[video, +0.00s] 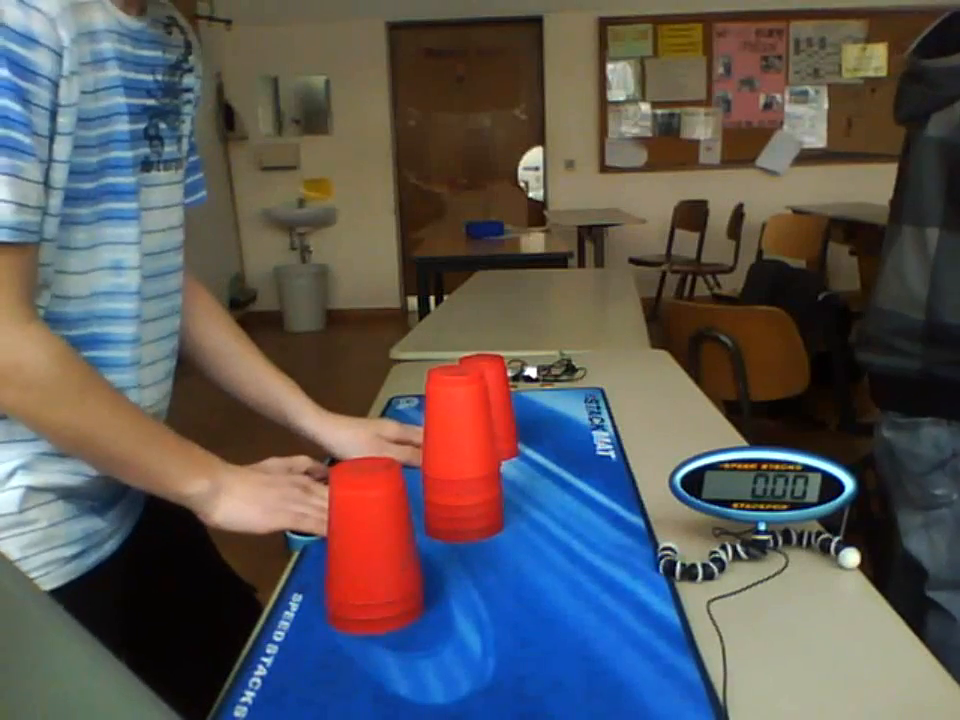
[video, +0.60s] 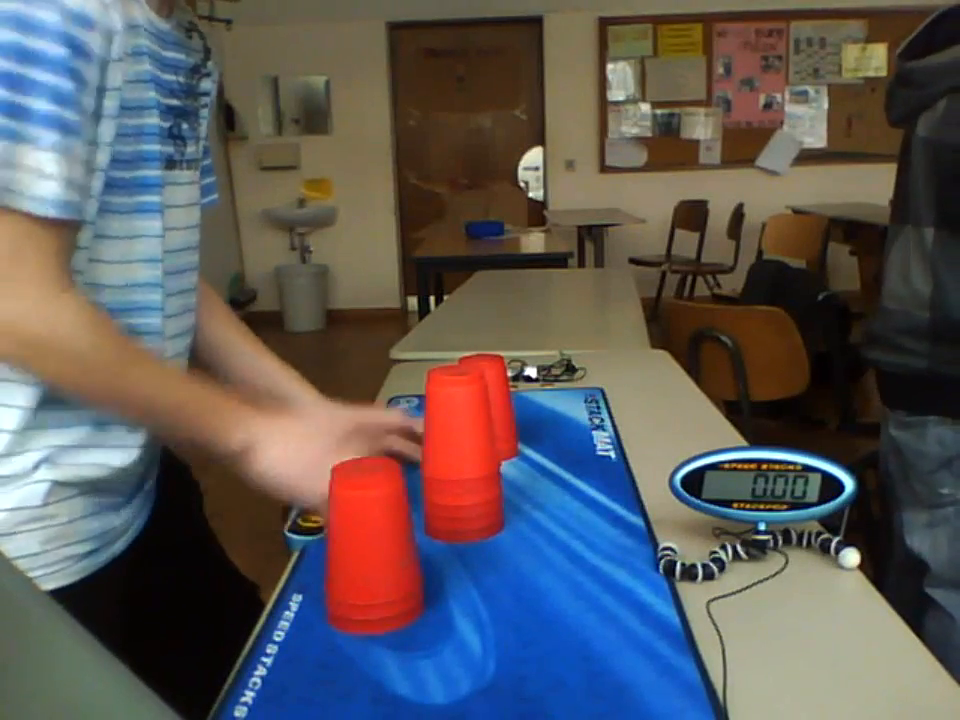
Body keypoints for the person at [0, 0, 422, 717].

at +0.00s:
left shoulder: (172, 45)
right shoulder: (29, 25)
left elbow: (164, 279)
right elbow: (4, 332)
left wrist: (318, 421)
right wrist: (210, 482)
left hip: (139, 511)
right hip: (37, 553)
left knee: (275, 686)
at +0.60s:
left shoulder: (183, 42)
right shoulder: (54, 18)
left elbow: (165, 271)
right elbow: (19, 296)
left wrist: (310, 411)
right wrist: (251, 435)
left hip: (145, 499)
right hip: (43, 550)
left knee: (262, 680)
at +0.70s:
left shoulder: (178, 36)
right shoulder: (64, 18)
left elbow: (169, 279)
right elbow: (102, 312)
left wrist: (341, 388)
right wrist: (343, 394)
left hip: (137, 487)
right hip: (41, 539)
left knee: (265, 684)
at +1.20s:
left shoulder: (216, 27)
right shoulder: (98, 14)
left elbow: (186, 248)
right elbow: (10, 272)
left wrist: (349, 332)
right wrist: (231, 435)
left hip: (175, 498)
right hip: (58, 550)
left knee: (281, 688)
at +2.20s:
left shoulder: (192, 47)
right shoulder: (48, 20)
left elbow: (172, 276)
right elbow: (20, 305)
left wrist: (317, 414)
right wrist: (246, 438)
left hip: (144, 500)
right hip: (41, 552)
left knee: (261, 678)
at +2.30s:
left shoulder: (182, 42)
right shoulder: (63, 20)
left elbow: (174, 276)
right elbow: (98, 313)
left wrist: (335, 383)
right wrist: (349, 381)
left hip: (135, 487)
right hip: (41, 535)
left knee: (255, 675)